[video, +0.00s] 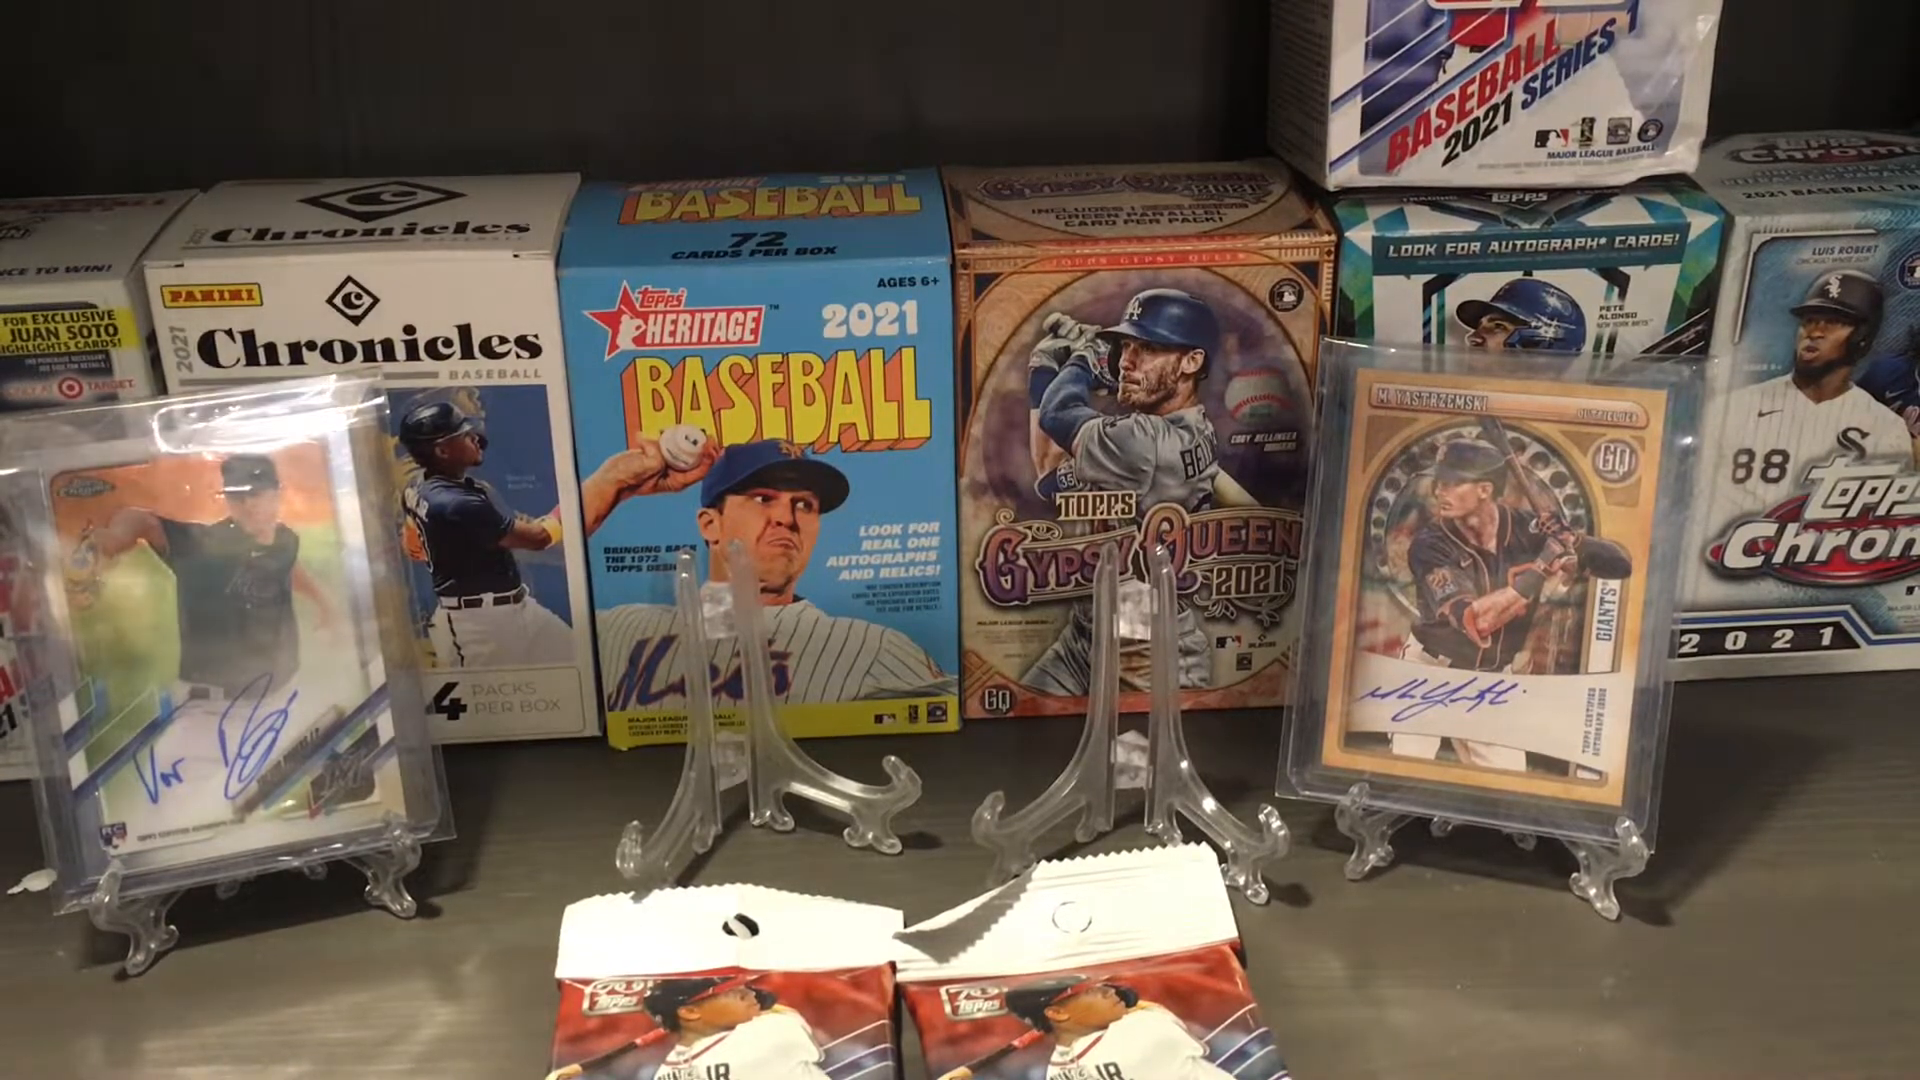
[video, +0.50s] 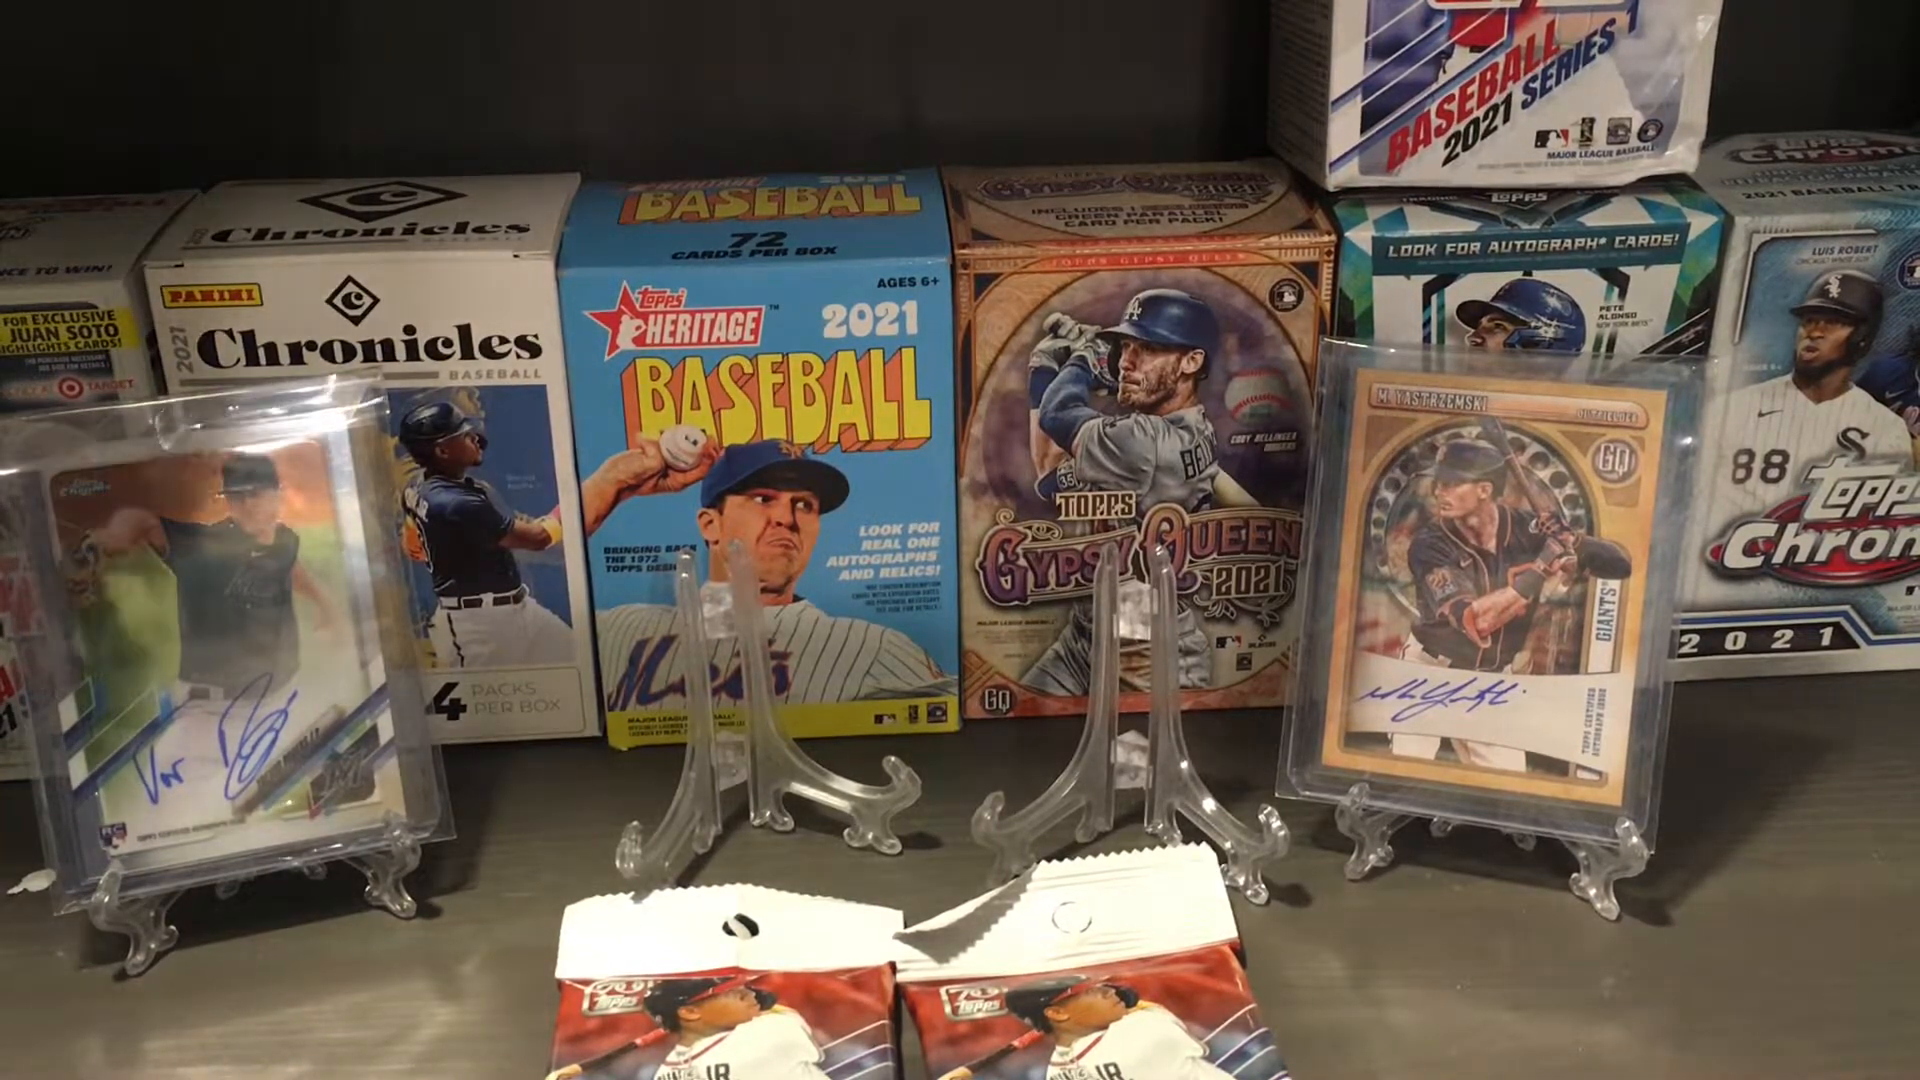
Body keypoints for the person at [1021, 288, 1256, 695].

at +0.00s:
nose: (1128, 361)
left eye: (1148, 350)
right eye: (1127, 347)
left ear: (1190, 363)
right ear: (1121, 348)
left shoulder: (1139, 441)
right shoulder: (1190, 430)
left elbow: (1059, 409)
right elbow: (1048, 476)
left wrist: (1088, 360)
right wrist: (1041, 373)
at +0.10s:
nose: (1128, 361)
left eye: (1148, 350)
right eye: (1127, 347)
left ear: (1190, 363)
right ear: (1121, 348)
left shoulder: (1139, 441)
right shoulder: (1189, 430)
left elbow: (1059, 409)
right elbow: (1048, 476)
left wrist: (1088, 360)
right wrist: (1041, 373)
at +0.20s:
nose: (1127, 362)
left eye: (1148, 350)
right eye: (1126, 347)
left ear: (1190, 363)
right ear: (1120, 349)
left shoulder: (1141, 441)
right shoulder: (1187, 431)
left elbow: (1059, 410)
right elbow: (1048, 476)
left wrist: (1087, 361)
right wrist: (1042, 372)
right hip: (1091, 641)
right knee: (1009, 739)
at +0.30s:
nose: (1127, 362)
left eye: (1148, 350)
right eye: (1126, 347)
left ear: (1190, 363)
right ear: (1120, 349)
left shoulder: (1140, 441)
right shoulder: (1187, 430)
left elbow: (1059, 410)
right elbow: (1048, 476)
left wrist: (1087, 361)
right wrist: (1042, 372)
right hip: (1091, 641)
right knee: (1009, 738)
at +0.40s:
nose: (1127, 362)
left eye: (1148, 350)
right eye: (1127, 348)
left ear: (1190, 363)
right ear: (1120, 349)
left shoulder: (1140, 441)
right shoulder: (1188, 431)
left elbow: (1059, 410)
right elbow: (1048, 474)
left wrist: (1087, 361)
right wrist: (1042, 370)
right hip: (1091, 641)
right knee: (1008, 737)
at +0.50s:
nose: (1127, 362)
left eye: (1148, 350)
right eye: (1126, 347)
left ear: (1190, 363)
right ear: (1120, 348)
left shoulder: (1140, 441)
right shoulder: (1187, 430)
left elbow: (1059, 410)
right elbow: (1048, 476)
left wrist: (1087, 361)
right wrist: (1042, 372)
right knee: (1009, 738)